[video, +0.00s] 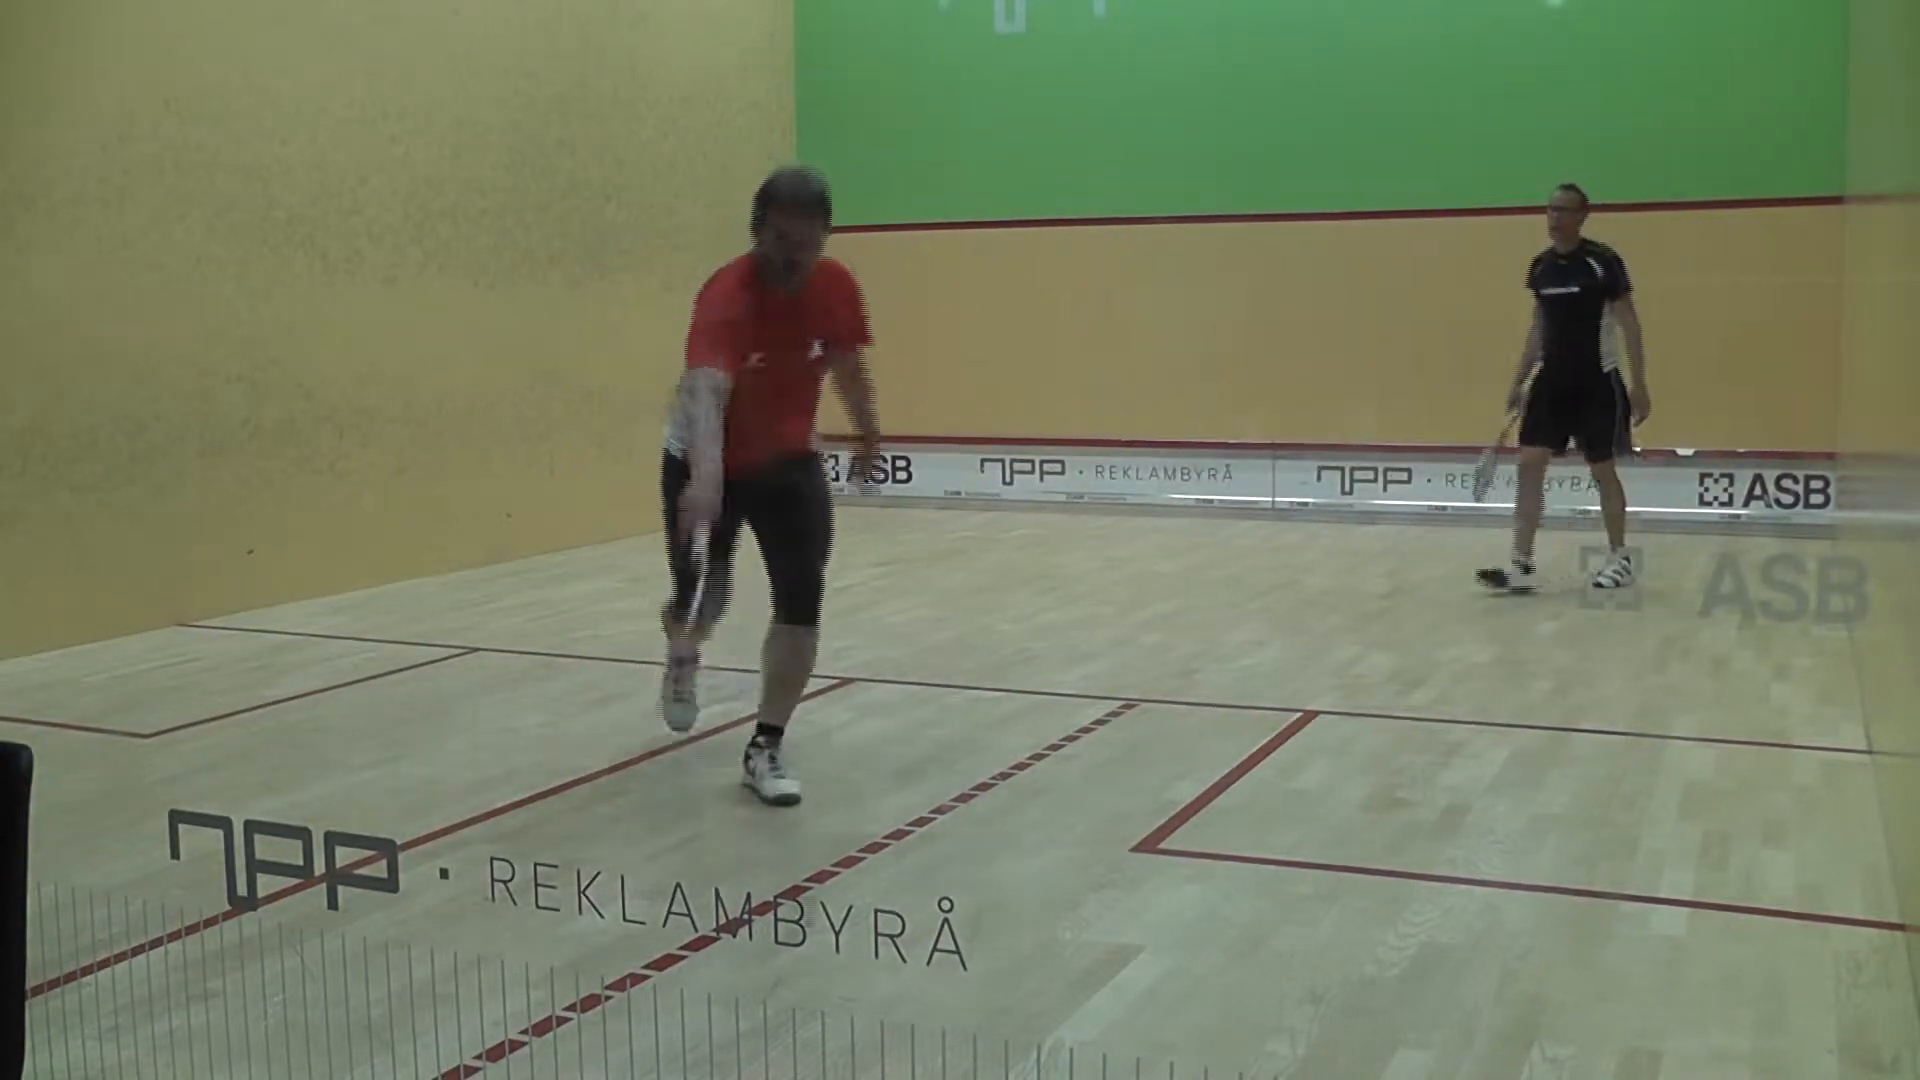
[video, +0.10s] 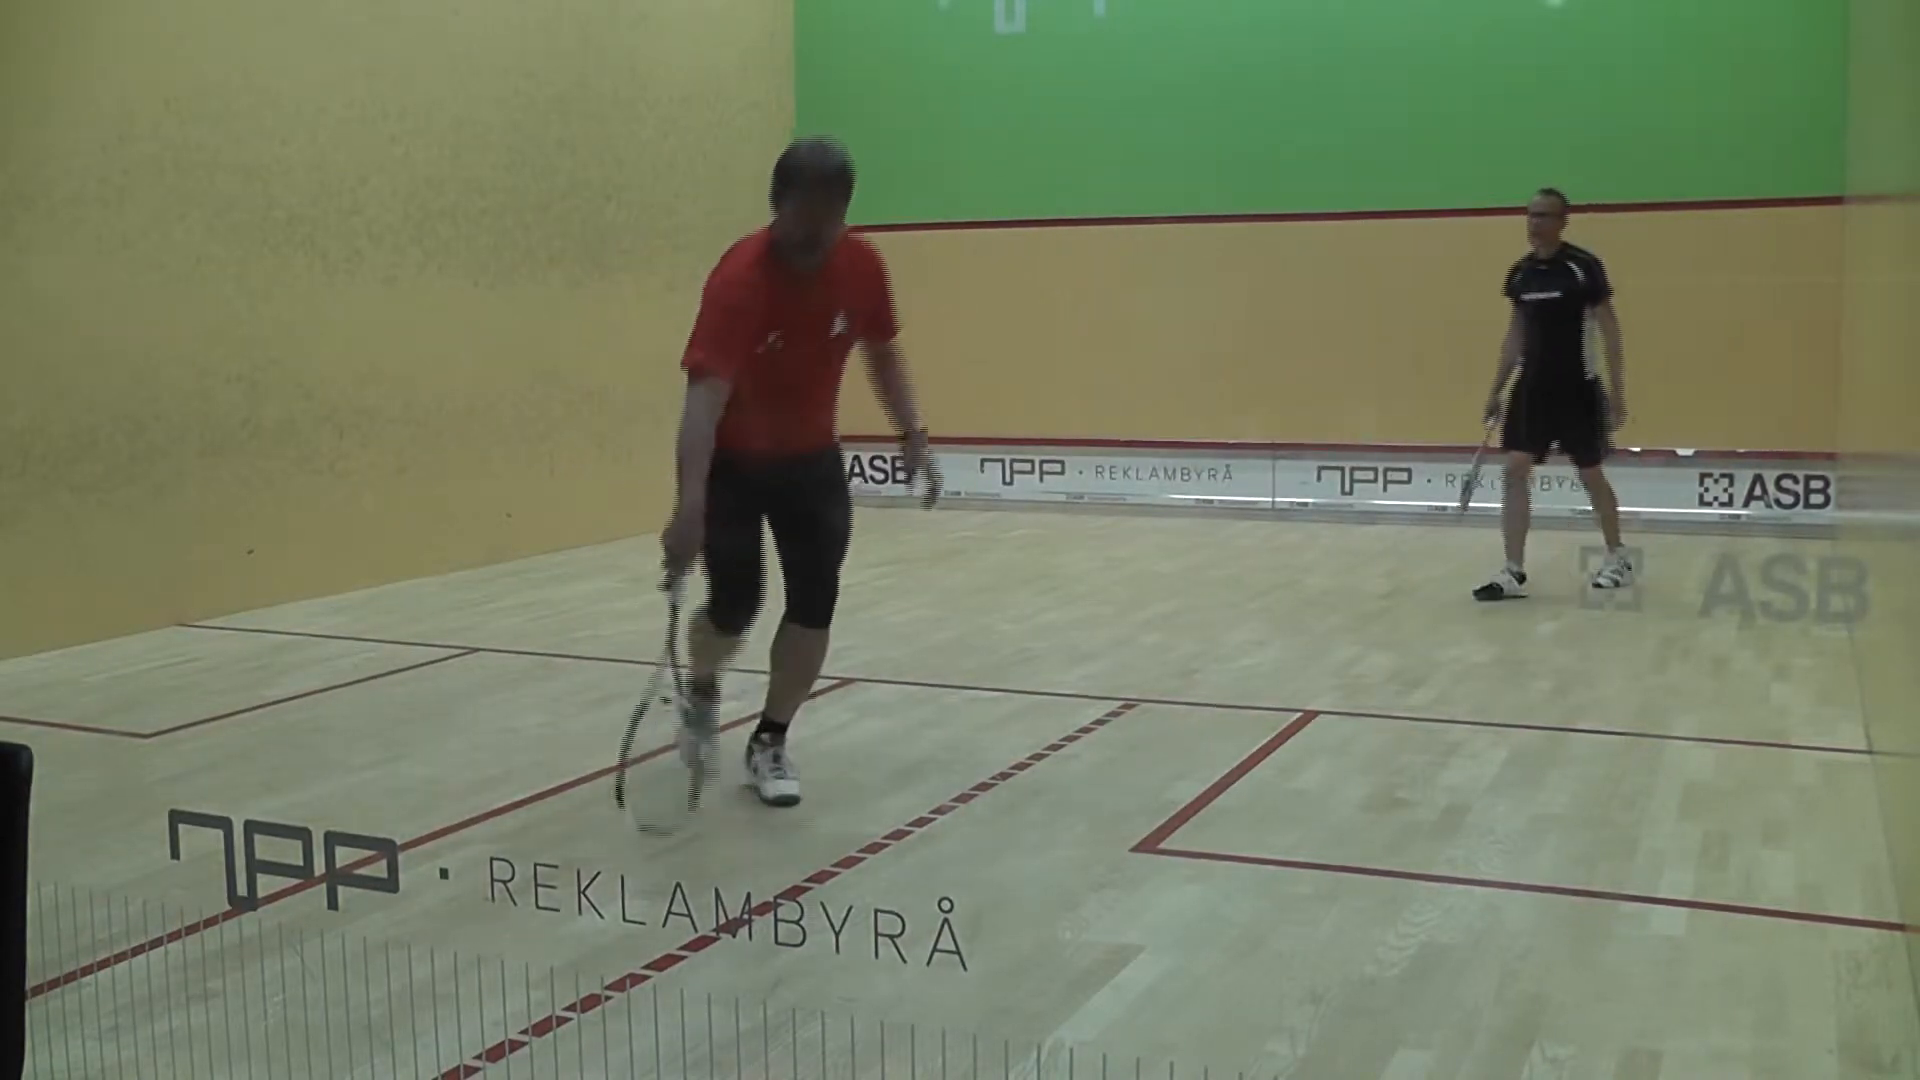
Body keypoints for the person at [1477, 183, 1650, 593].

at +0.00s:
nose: (1555, 217)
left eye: (1564, 211)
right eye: (1551, 210)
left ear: (1583, 216)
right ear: (1546, 214)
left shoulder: (1604, 261)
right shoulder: (1541, 267)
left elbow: (1628, 322)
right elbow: (1538, 327)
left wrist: (1638, 384)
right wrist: (1518, 382)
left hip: (1596, 380)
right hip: (1551, 380)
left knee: (1602, 469)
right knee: (1529, 463)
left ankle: (1619, 558)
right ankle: (1521, 562)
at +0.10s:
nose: (1534, 223)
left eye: (1543, 216)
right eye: (1530, 215)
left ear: (1563, 221)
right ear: (1525, 219)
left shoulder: (1584, 267)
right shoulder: (1520, 272)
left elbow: (1611, 329)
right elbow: (1515, 337)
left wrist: (1616, 393)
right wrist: (1495, 392)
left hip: (1576, 387)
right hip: (1531, 387)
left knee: (1591, 473)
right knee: (1515, 471)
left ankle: (1617, 557)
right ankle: (1513, 571)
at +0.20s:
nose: (1521, 219)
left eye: (1530, 212)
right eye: (1517, 211)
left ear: (1549, 217)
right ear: (1512, 216)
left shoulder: (1572, 264)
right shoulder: (1507, 268)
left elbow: (1595, 326)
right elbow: (1501, 332)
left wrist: (1597, 388)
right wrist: (1481, 389)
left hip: (1560, 387)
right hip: (1515, 387)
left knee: (1573, 478)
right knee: (1501, 473)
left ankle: (1610, 546)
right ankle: (1512, 571)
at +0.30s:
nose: (1509, 211)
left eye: (1518, 204)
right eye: (1504, 203)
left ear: (1534, 211)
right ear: (1496, 208)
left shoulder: (1555, 257)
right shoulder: (1488, 262)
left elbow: (1575, 321)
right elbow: (1478, 327)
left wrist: (1576, 381)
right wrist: (1460, 386)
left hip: (1541, 381)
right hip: (1497, 380)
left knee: (1540, 477)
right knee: (1494, 474)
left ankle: (1574, 551)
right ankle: (1510, 572)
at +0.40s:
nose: (1499, 207)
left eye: (1508, 200)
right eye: (1494, 198)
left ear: (1526, 206)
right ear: (1487, 203)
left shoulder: (1545, 254)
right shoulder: (1473, 260)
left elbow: (1564, 317)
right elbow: (1464, 322)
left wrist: (1567, 377)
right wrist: (1446, 380)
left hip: (1531, 375)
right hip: (1487, 375)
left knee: (1520, 469)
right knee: (1491, 472)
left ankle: (1540, 544)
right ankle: (1509, 570)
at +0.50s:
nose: (1485, 207)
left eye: (1495, 201)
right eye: (1480, 200)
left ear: (1512, 207)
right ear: (1473, 205)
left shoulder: (1531, 257)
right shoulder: (1460, 258)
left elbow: (1550, 320)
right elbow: (1445, 320)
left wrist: (1555, 383)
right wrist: (1425, 381)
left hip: (1514, 372)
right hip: (1471, 372)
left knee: (1496, 472)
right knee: (1485, 474)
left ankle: (1504, 573)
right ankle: (1508, 567)